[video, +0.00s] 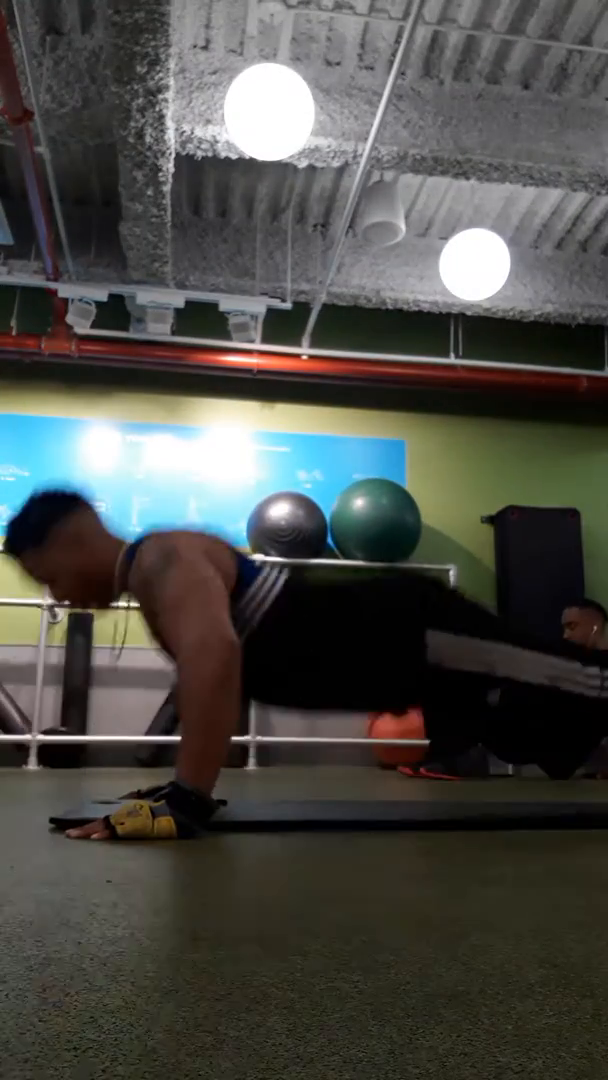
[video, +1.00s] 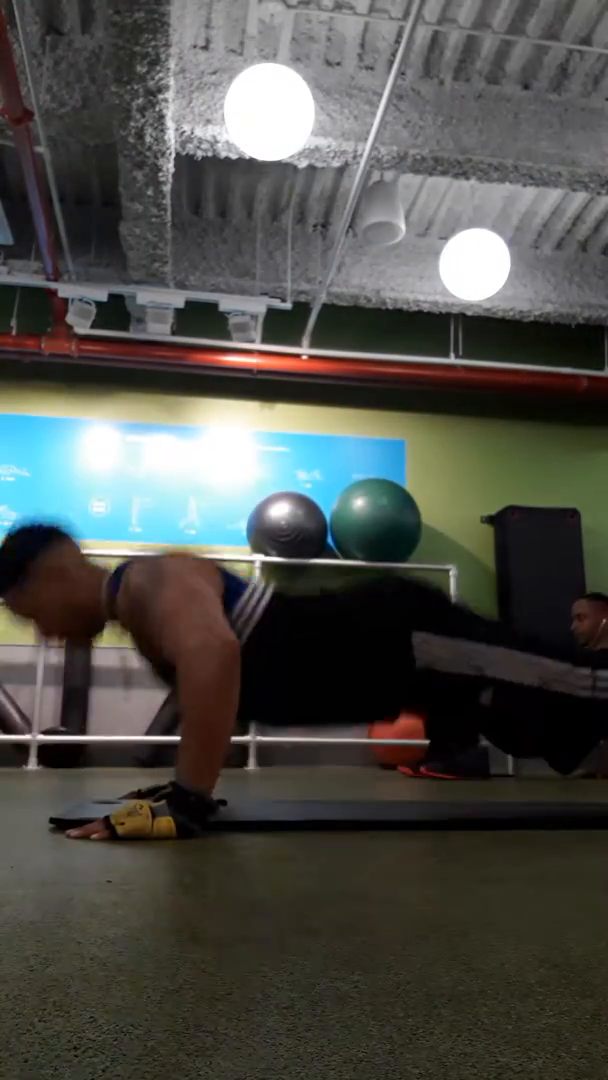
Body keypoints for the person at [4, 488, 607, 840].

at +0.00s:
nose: (55, 598)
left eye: (47, 578)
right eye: (42, 586)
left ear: (74, 541)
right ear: (80, 537)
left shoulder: (165, 557)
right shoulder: (158, 570)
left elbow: (214, 664)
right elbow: (215, 678)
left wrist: (185, 799)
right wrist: (192, 796)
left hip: (416, 636)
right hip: (404, 655)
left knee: (589, 696)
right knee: (555, 733)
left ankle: (586, 634)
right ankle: (580, 642)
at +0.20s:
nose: (82, 528)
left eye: (73, 509)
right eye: (70, 518)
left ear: (105, 465)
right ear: (107, 468)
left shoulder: (181, 498)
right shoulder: (176, 512)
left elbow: (190, 641)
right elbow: (193, 649)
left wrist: (183, 792)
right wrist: (174, 770)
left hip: (423, 593)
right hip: (413, 617)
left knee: (595, 662)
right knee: (558, 726)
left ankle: (587, 608)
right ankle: (579, 616)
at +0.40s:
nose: (54, 590)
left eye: (46, 570)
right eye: (41, 579)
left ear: (76, 535)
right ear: (78, 538)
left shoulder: (169, 557)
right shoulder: (159, 579)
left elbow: (220, 660)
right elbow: (220, 676)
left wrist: (188, 798)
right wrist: (186, 795)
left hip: (415, 641)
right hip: (403, 659)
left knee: (584, 698)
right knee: (559, 720)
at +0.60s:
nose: (15, 716)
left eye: (7, 696)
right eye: (4, 706)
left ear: (38, 651)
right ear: (44, 651)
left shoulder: (123, 659)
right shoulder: (130, 693)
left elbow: (220, 664)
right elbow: (214, 760)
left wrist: (188, 798)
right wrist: (140, 814)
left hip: (399, 718)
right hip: (386, 733)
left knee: (583, 724)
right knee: (555, 713)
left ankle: (597, 637)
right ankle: (596, 635)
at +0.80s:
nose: (23, 746)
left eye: (12, 728)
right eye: (12, 737)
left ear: (35, 686)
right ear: (43, 681)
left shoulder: (112, 672)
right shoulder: (119, 701)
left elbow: (215, 660)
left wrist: (187, 800)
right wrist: (149, 807)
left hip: (376, 716)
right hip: (368, 733)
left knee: (568, 718)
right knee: (547, 712)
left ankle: (597, 642)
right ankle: (595, 641)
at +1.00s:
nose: (41, 631)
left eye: (32, 609)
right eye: (28, 620)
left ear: (61, 568)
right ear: (62, 573)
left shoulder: (153, 580)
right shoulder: (144, 600)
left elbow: (215, 659)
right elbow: (213, 683)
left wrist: (186, 796)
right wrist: (180, 792)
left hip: (403, 639)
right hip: (391, 659)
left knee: (581, 698)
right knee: (553, 723)